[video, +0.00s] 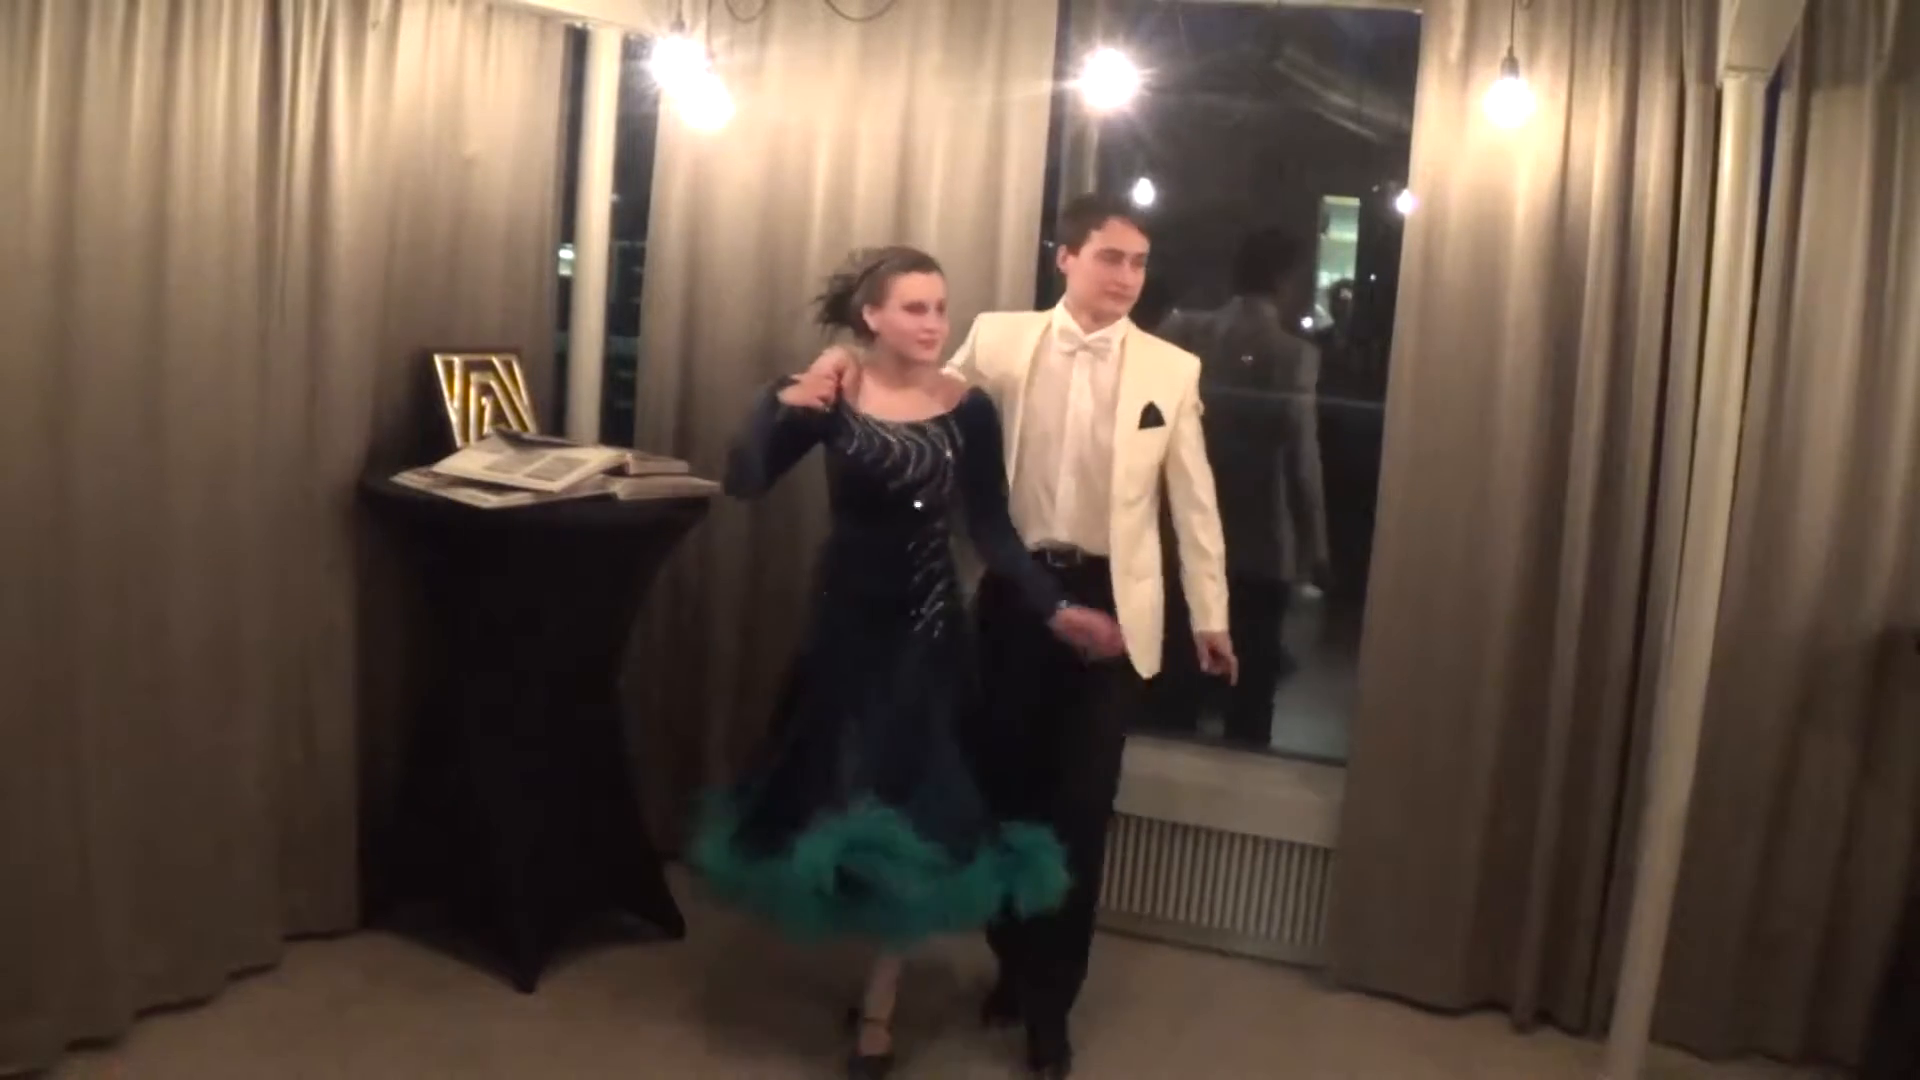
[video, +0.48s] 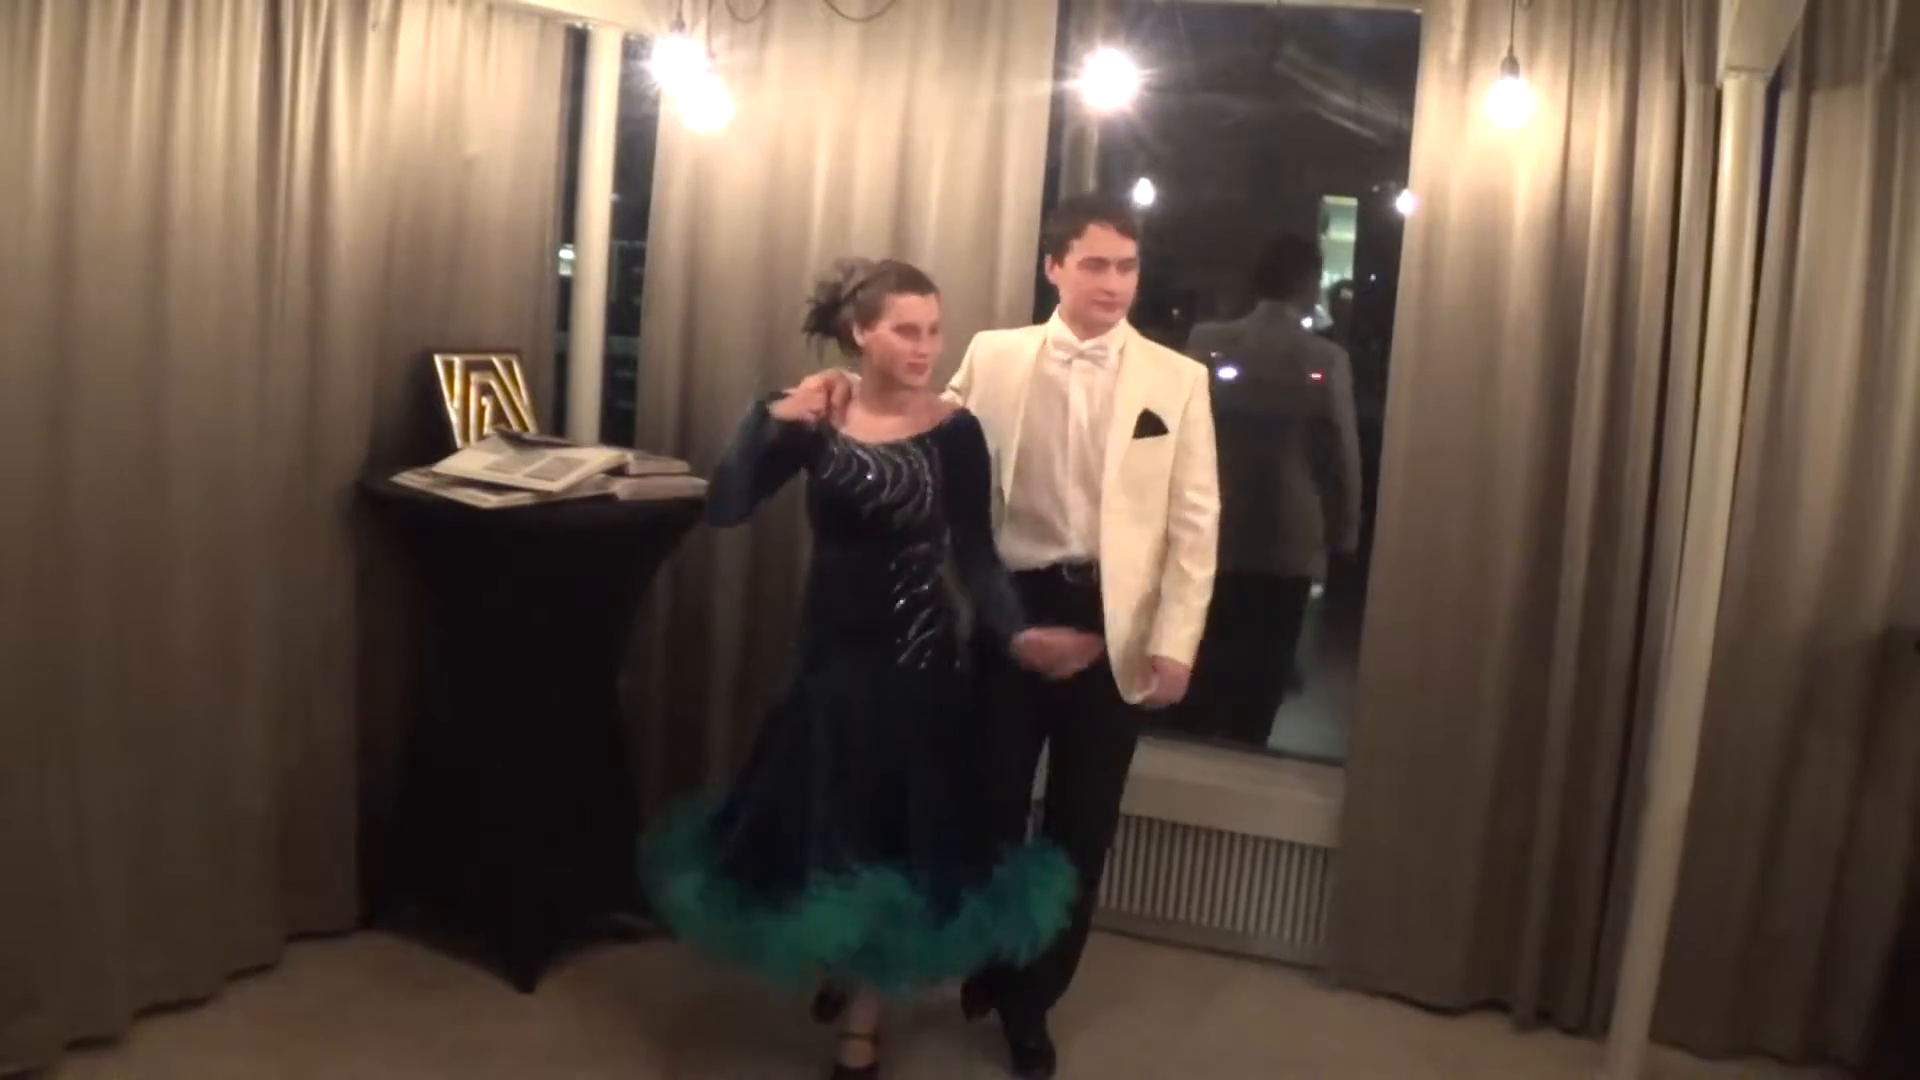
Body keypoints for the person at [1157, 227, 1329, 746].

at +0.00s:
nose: (1308, 290)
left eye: (1307, 278)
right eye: (1304, 278)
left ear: (1240, 273)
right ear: (1286, 281)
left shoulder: (1183, 333)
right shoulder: (1294, 355)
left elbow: (1151, 431)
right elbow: (1302, 462)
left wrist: (1148, 517)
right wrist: (1316, 548)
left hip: (1180, 532)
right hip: (1260, 541)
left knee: (1174, 681)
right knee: (1252, 680)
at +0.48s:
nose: (1316, 292)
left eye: (1313, 282)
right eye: (1315, 283)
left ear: (1256, 280)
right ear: (1308, 287)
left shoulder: (1207, 342)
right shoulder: (1326, 359)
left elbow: (1180, 436)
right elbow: (1342, 457)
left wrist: (1175, 509)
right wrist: (1346, 535)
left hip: (1210, 527)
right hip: (1288, 534)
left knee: (1207, 655)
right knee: (1268, 666)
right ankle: (1238, 773)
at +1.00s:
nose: (1339, 289)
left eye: (1334, 280)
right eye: (1337, 280)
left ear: (1282, 277)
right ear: (1331, 282)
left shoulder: (1240, 336)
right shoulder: (1354, 347)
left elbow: (1210, 408)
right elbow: (1383, 414)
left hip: (1235, 512)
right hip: (1314, 521)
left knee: (1226, 624)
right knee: (1285, 637)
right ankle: (1245, 743)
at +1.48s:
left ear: (1308, 267)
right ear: (1359, 274)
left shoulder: (1263, 313)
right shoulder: (1378, 331)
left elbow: (1207, 355)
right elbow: (1389, 428)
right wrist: (1380, 510)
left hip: (1259, 511)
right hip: (1337, 524)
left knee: (1249, 649)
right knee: (1320, 661)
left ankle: (1234, 762)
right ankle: (1302, 779)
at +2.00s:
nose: (1385, 298)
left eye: (1384, 287)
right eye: (1380, 287)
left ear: (1327, 282)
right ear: (1365, 287)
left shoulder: (1280, 327)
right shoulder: (1376, 348)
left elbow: (1233, 378)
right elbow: (1387, 430)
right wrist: (1385, 503)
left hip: (1263, 490)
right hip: (1336, 499)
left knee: (1269, 622)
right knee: (1331, 636)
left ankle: (1268, 738)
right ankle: (1279, 736)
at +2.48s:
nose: (1394, 323)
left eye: (1395, 311)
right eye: (1392, 312)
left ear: (1342, 296)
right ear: (1379, 309)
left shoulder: (1304, 341)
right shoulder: (1349, 377)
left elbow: (1266, 380)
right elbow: (1361, 467)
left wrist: (1301, 415)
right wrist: (1393, 511)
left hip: (1287, 509)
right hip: (1334, 526)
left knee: (1280, 626)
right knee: (1335, 638)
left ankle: (1266, 733)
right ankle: (1328, 737)